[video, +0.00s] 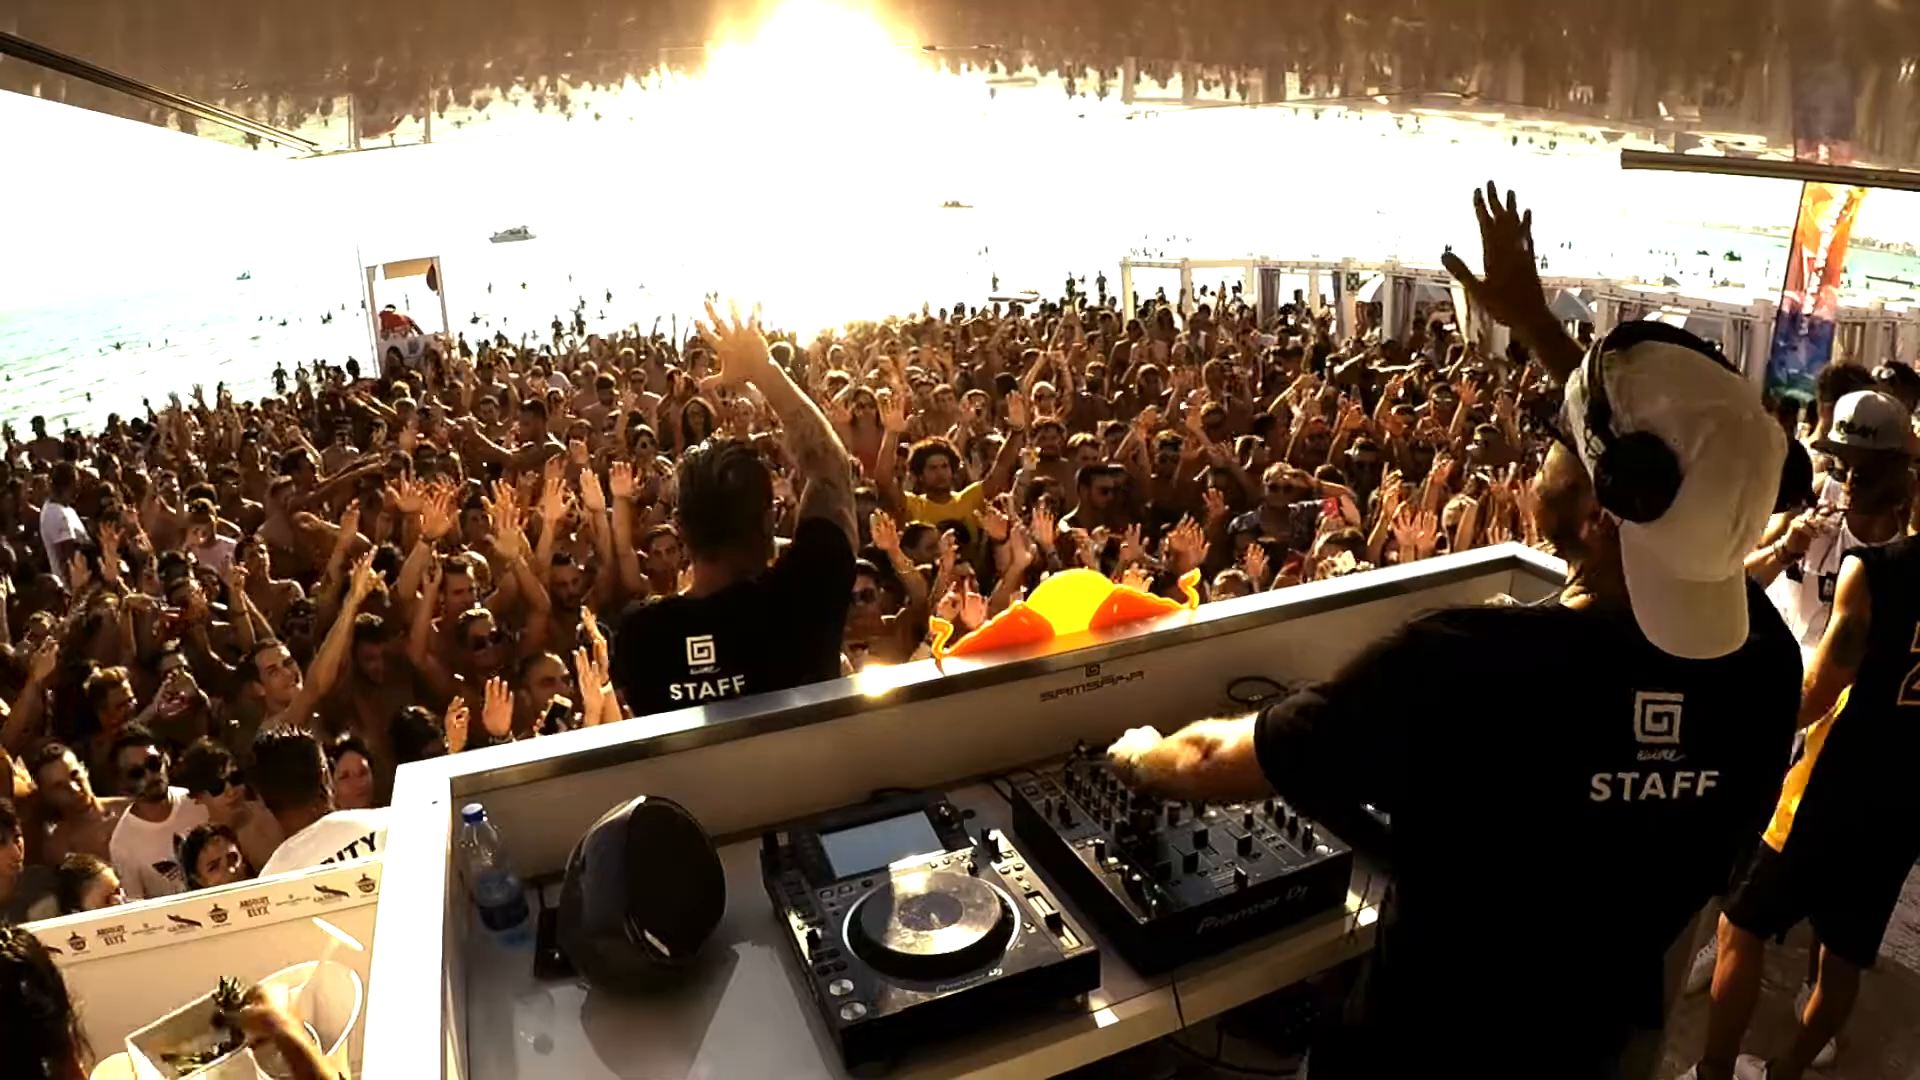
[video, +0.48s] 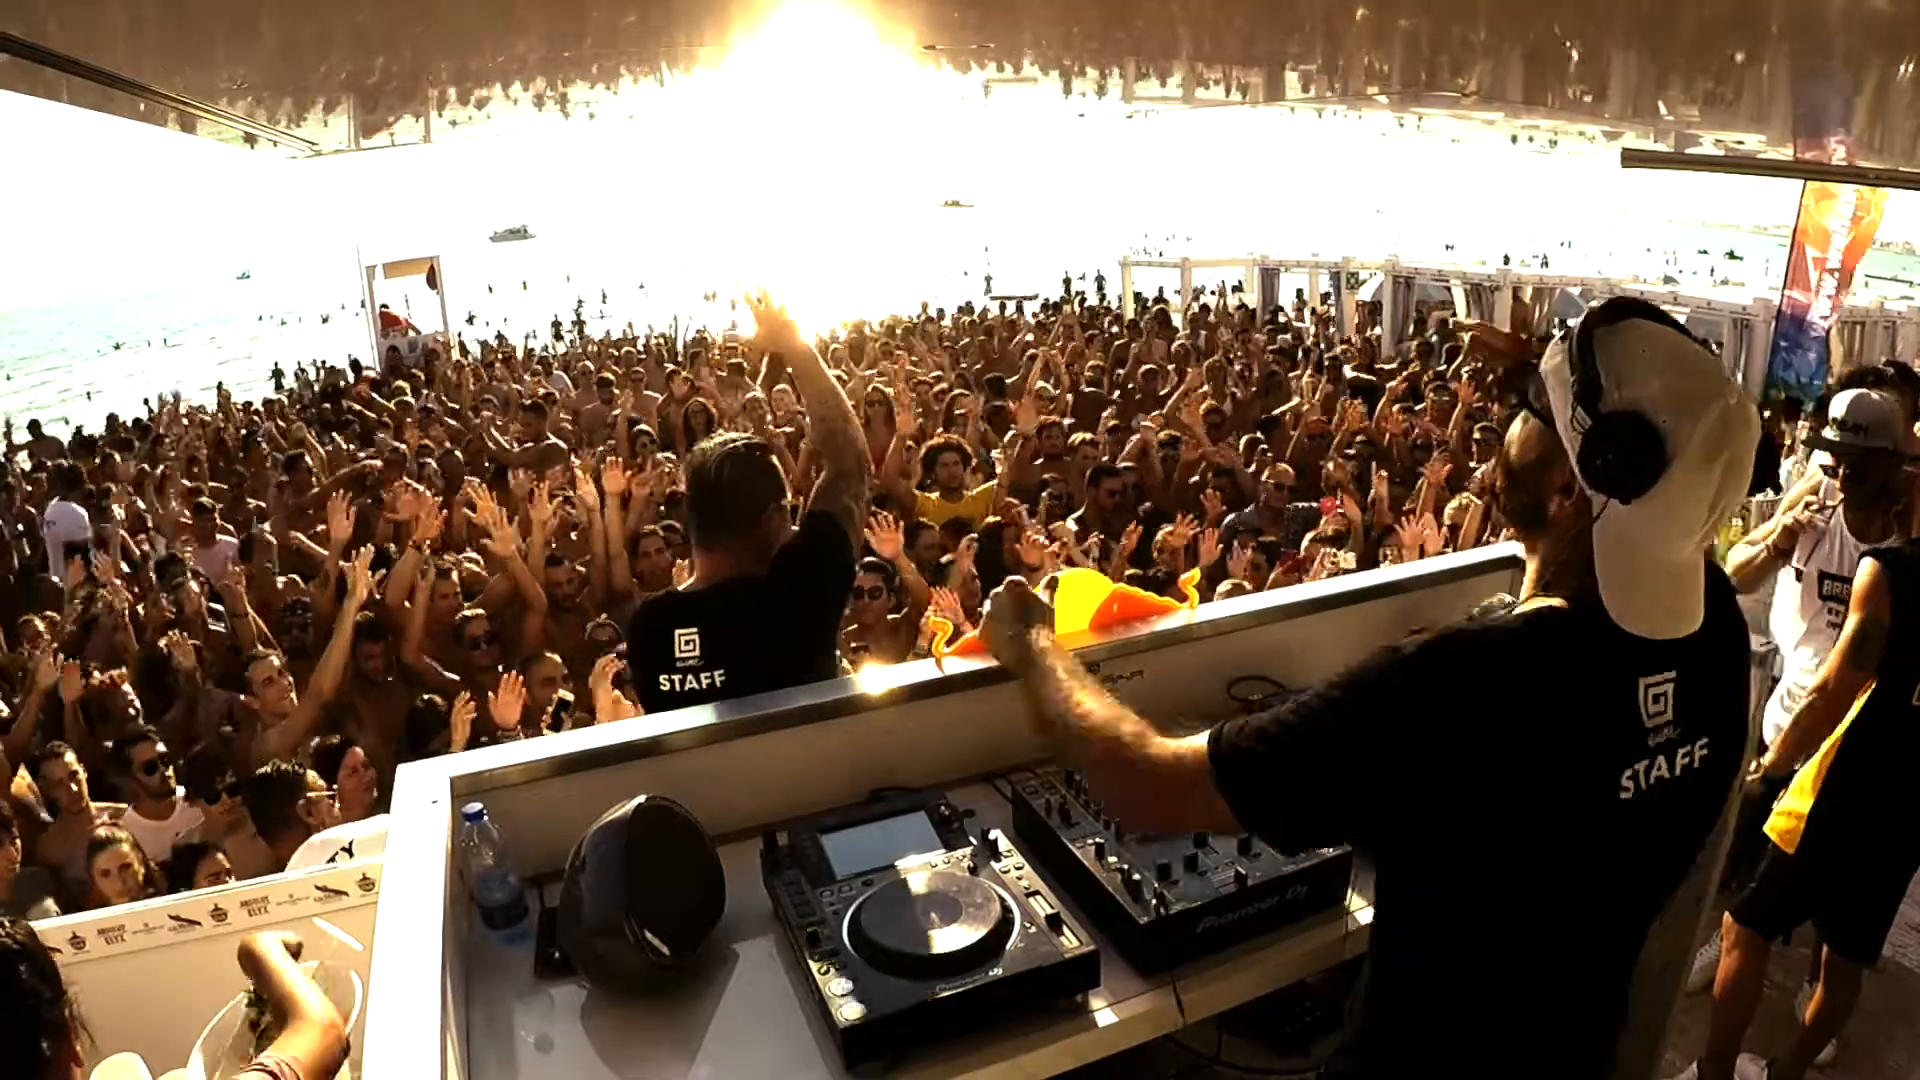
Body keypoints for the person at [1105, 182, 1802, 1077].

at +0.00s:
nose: (1543, 458)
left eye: (1563, 444)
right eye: (1555, 437)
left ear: (1600, 499)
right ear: (1709, 499)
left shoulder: (1463, 665)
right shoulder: (1764, 678)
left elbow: (1226, 761)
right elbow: (1681, 475)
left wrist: (1146, 755)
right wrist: (1541, 331)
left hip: (1419, 1044)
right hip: (1606, 1049)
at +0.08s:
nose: (1563, 462)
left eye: (1583, 458)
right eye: (1575, 450)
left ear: (1621, 523)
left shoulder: (1480, 685)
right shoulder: (1765, 684)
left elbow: (1227, 771)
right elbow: (1663, 487)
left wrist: (1139, 753)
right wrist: (1529, 342)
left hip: (1430, 1058)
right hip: (1611, 1053)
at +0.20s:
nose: (1567, 467)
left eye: (1588, 461)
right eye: (1582, 455)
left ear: (1629, 526)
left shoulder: (1490, 679)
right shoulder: (1762, 677)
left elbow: (1240, 769)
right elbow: (1609, 465)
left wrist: (1143, 753)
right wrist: (1504, 342)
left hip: (1436, 1064)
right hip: (1609, 1058)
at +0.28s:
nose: (1575, 434)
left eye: (1595, 431)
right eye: (1589, 419)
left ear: (1625, 508)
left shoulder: (1490, 660)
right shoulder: (1752, 654)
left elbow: (1241, 758)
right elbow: (1587, 461)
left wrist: (1147, 749)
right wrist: (1487, 329)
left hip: (1439, 1060)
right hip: (1613, 1051)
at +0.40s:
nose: (1542, 429)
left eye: (1566, 418)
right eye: (1560, 411)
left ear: (1605, 495)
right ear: (1689, 496)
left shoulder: (1480, 664)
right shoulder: (1737, 642)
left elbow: (1203, 767)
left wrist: (1120, 672)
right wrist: (1503, 344)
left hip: (1436, 1061)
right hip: (1615, 1050)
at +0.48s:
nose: (1505, 446)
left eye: (1526, 428)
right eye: (1519, 422)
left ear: (1566, 483)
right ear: (1656, 492)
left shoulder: (1465, 683)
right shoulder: (1714, 643)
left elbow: (1150, 787)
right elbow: (1671, 507)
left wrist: (1033, 647)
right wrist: (1547, 373)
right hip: (1590, 1063)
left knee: (1139, 1050)